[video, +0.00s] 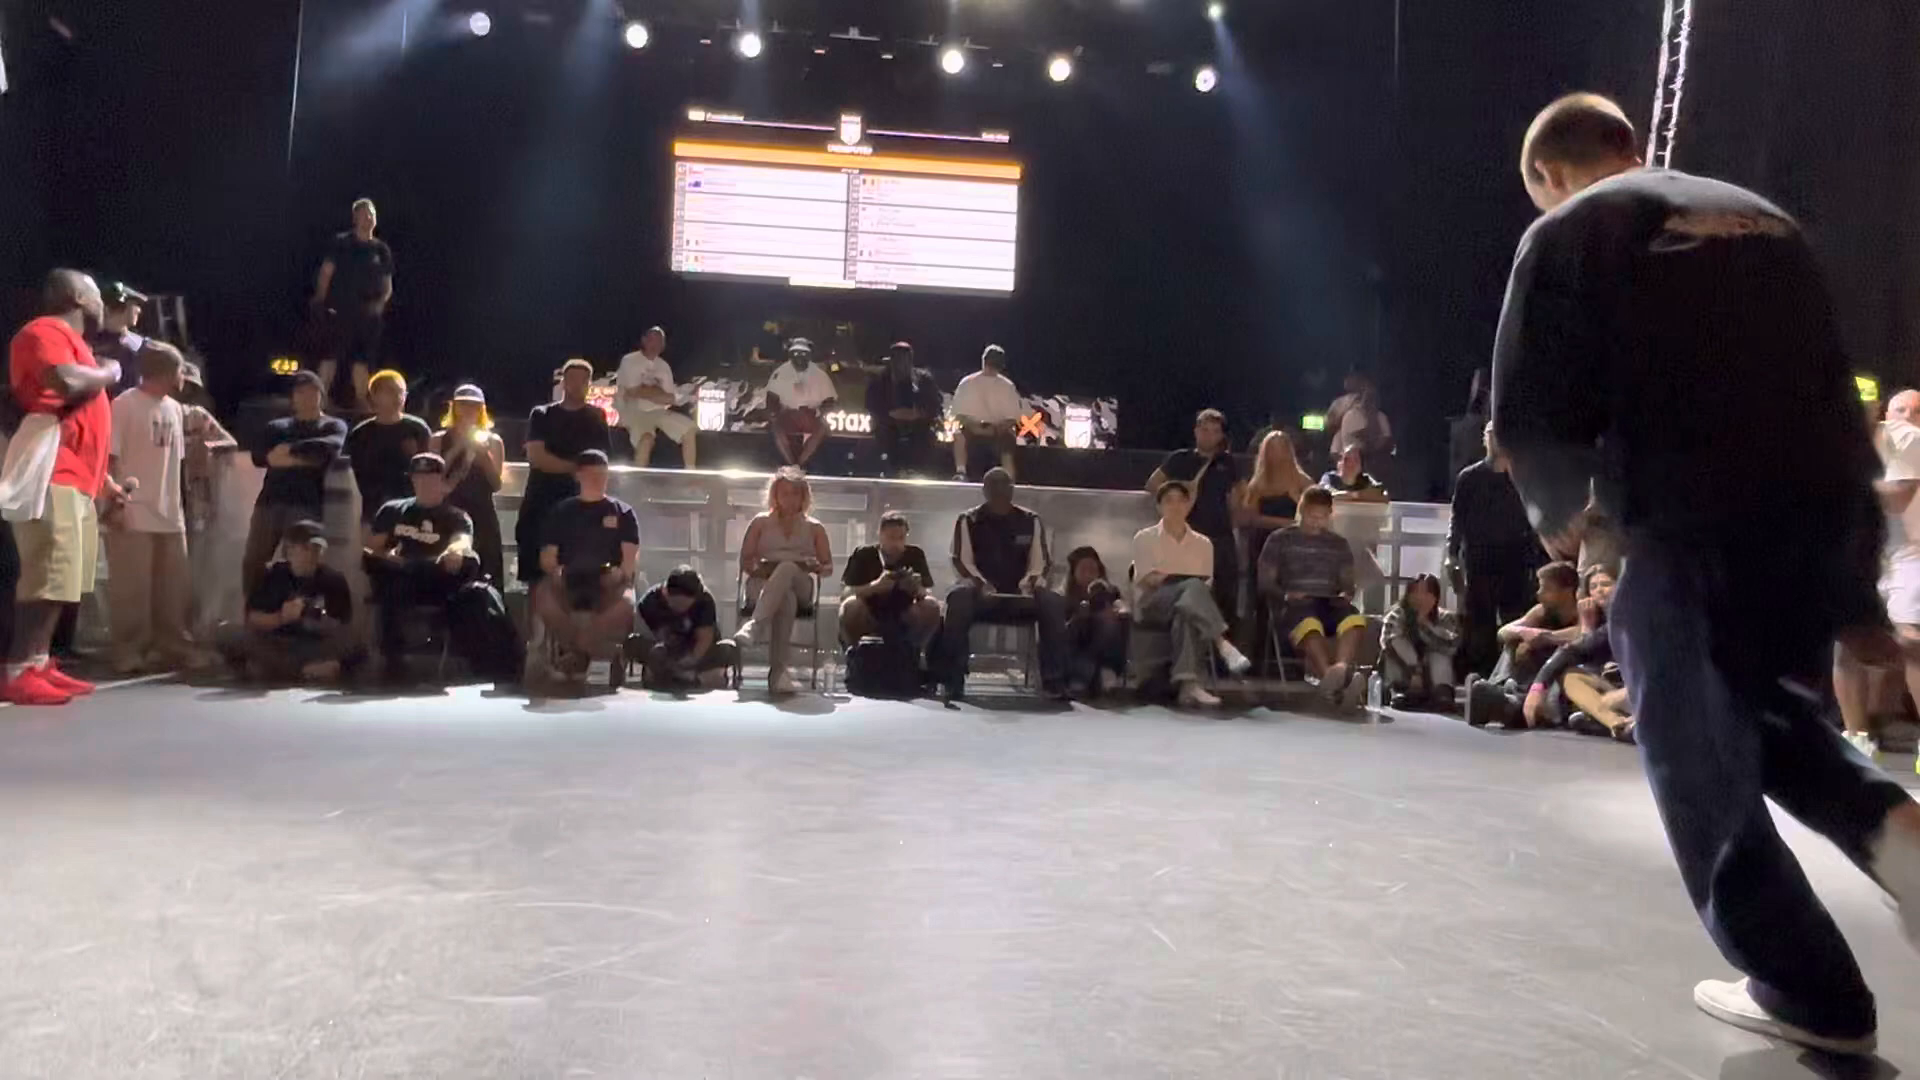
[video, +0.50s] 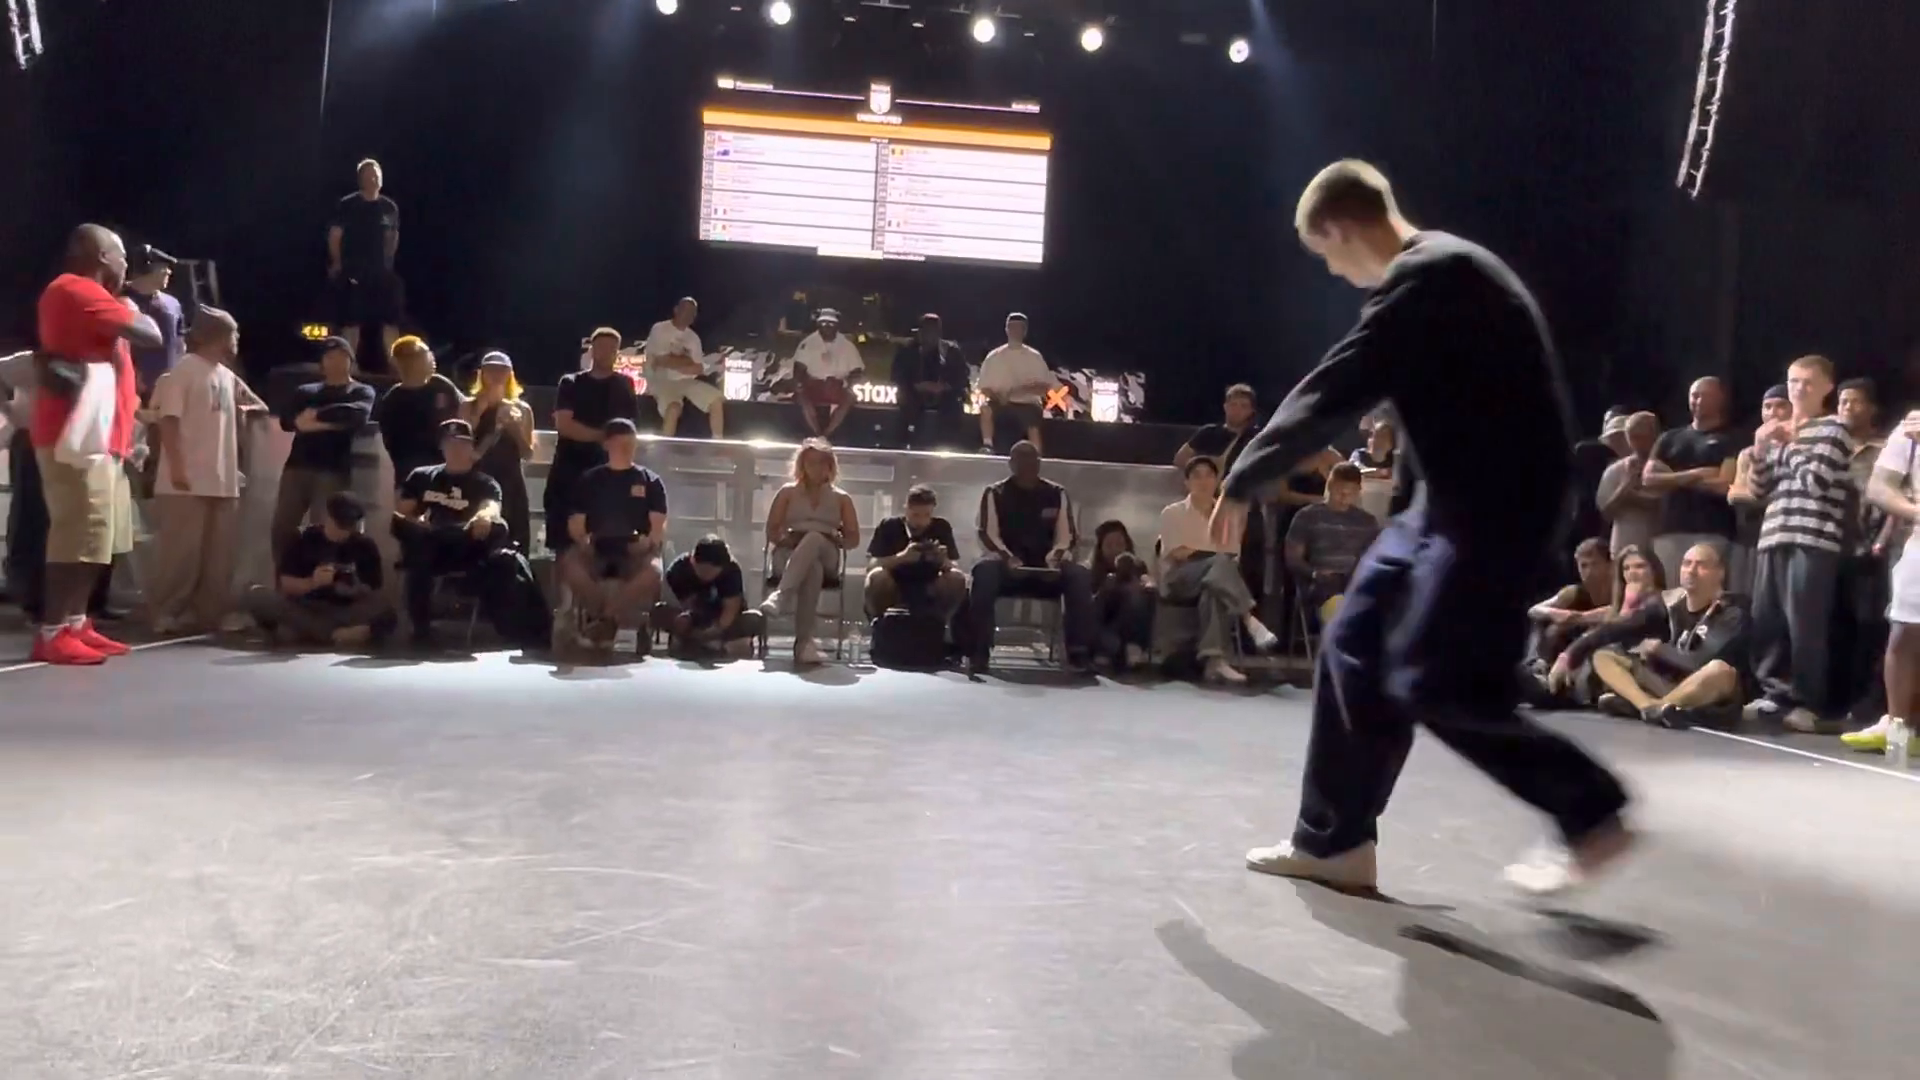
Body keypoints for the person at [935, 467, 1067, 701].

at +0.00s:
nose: (999, 494)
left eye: (1004, 487)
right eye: (993, 487)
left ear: (1012, 489)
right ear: (984, 489)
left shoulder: (1030, 520)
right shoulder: (968, 520)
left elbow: (1039, 562)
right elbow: (963, 562)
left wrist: (1031, 581)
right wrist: (980, 583)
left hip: (1020, 597)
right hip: (985, 596)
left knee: (1052, 601)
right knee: (959, 596)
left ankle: (1055, 682)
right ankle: (953, 682)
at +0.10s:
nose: (1006, 483)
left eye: (1011, 477)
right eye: (1000, 477)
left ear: (1019, 480)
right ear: (991, 481)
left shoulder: (1037, 514)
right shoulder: (974, 514)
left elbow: (1046, 554)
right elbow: (968, 554)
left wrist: (1037, 573)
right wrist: (987, 576)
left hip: (1027, 589)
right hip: (990, 588)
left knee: (1058, 595)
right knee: (965, 589)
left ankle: (1059, 675)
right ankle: (960, 675)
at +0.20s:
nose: (1010, 477)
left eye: (1015, 471)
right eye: (1004, 471)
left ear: (1023, 474)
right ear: (995, 475)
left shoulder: (1042, 508)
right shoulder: (979, 507)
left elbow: (1051, 548)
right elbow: (973, 547)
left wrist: (1043, 567)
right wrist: (991, 569)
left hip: (1031, 583)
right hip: (996, 582)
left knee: (1063, 588)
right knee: (970, 584)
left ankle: (1064, 668)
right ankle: (963, 670)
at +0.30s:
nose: (1014, 472)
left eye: (1019, 466)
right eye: (1008, 466)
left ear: (1027, 470)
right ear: (1000, 470)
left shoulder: (1047, 502)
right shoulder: (984, 501)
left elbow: (1054, 544)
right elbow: (978, 542)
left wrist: (1046, 562)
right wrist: (995, 564)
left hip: (1035, 578)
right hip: (1000, 577)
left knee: (1068, 584)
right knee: (974, 579)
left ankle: (1068, 662)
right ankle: (968, 665)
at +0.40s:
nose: (1020, 468)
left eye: (1025, 461)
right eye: (1015, 461)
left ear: (1033, 465)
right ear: (1005, 466)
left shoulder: (1052, 498)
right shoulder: (988, 497)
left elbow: (1060, 539)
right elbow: (983, 538)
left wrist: (1051, 558)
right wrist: (1001, 560)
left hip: (1041, 574)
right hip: (1006, 572)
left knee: (1073, 579)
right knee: (980, 574)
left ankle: (1073, 658)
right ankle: (974, 659)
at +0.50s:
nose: (1027, 466)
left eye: (1032, 459)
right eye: (1021, 460)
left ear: (1039, 463)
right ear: (1011, 463)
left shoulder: (1057, 494)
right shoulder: (994, 493)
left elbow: (1065, 535)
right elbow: (988, 534)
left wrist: (1057, 553)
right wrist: (1006, 556)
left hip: (1046, 570)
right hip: (1011, 569)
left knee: (1078, 575)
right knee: (984, 570)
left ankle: (1079, 654)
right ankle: (979, 655)